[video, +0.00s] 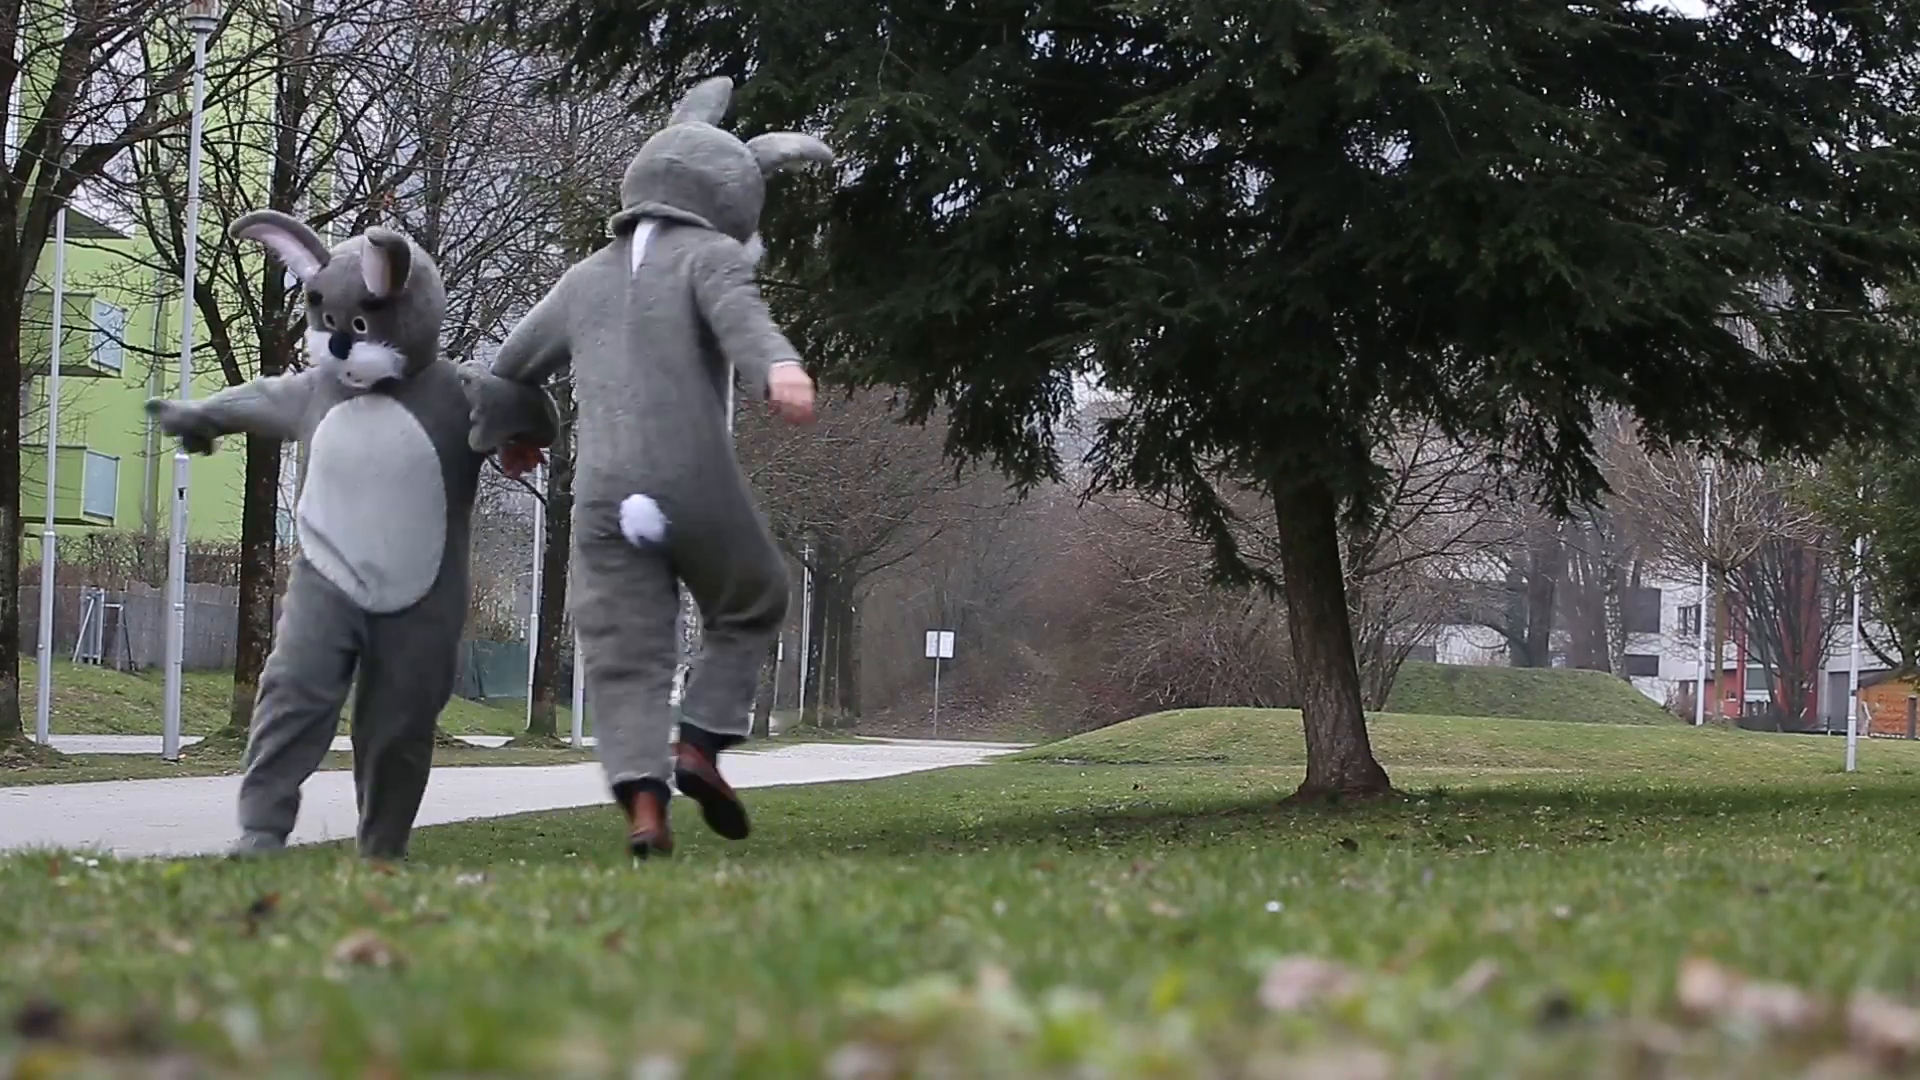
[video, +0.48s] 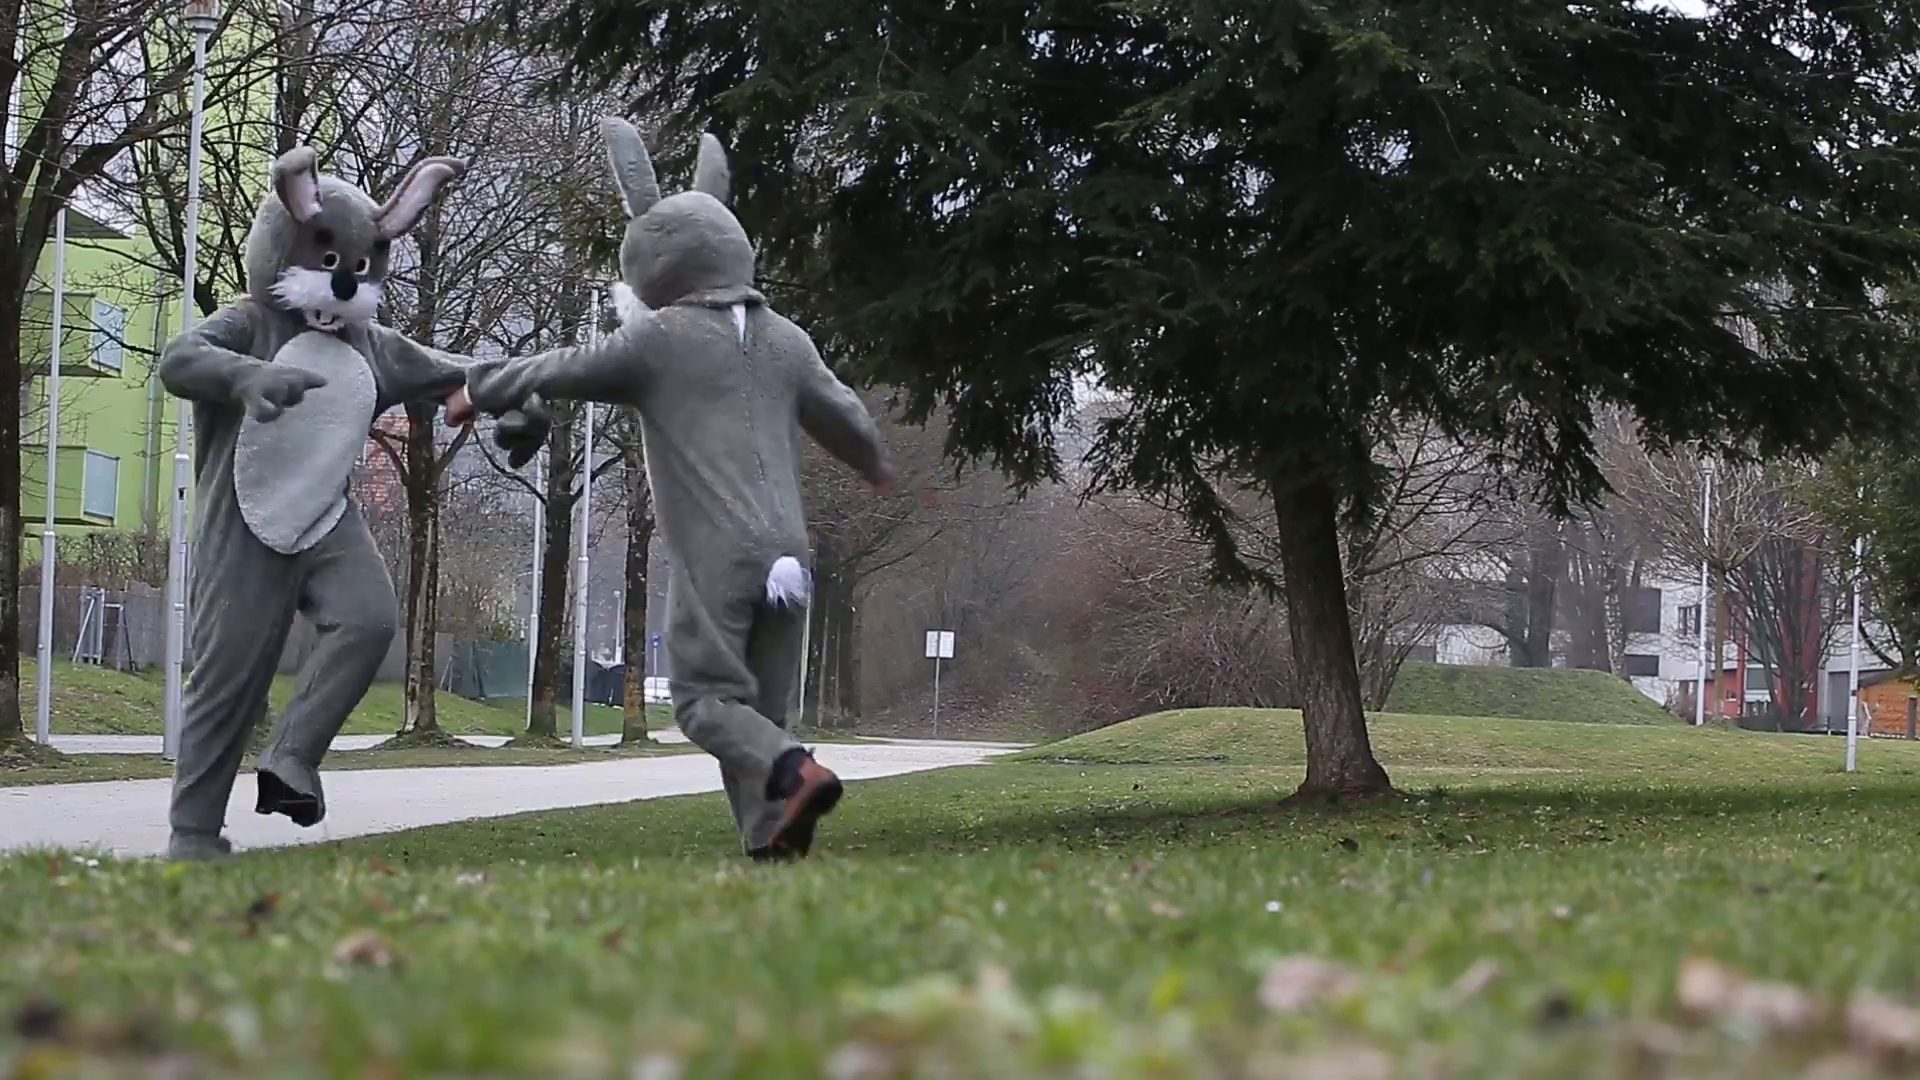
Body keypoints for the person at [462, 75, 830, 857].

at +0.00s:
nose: (747, 226)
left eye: (748, 214)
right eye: (745, 209)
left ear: (641, 193)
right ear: (724, 200)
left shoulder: (586, 274)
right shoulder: (708, 254)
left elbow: (509, 359)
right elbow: (734, 304)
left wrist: (514, 431)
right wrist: (777, 362)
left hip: (602, 483)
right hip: (690, 477)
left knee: (623, 655)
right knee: (750, 600)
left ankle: (646, 819)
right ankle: (700, 746)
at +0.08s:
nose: (758, 206)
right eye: (753, 193)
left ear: (649, 188)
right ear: (735, 193)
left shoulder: (601, 275)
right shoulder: (746, 254)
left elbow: (513, 364)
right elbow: (789, 316)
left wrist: (506, 435)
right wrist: (845, 370)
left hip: (640, 481)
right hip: (741, 475)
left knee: (680, 647)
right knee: (755, 616)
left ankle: (724, 810)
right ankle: (744, 776)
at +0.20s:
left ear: (657, 231)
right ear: (750, 229)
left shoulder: (620, 318)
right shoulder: (781, 303)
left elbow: (522, 376)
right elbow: (860, 362)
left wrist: (492, 423)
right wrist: (949, 407)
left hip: (695, 522)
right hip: (789, 508)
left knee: (748, 677)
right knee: (773, 668)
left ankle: (818, 827)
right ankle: (753, 804)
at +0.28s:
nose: (647, 269)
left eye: (655, 255)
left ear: (662, 267)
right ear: (749, 262)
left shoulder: (634, 346)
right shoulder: (795, 340)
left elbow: (536, 383)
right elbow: (885, 398)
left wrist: (481, 403)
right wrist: (983, 437)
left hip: (718, 544)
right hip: (801, 530)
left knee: (774, 690)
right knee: (768, 684)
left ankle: (840, 830)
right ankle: (768, 828)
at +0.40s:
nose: (644, 280)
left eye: (650, 267)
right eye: (647, 267)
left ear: (669, 270)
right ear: (743, 265)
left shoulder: (652, 349)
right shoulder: (796, 347)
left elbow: (560, 381)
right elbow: (872, 417)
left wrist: (488, 391)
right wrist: (943, 467)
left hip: (718, 554)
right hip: (797, 547)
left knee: (750, 702)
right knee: (767, 698)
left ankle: (822, 806)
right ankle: (763, 845)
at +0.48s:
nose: (636, 272)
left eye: (641, 259)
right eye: (638, 259)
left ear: (661, 265)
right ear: (733, 258)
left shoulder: (659, 340)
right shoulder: (784, 339)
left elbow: (565, 371)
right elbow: (841, 413)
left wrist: (487, 386)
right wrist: (876, 462)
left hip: (710, 545)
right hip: (785, 540)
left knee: (705, 698)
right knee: (768, 708)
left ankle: (791, 772)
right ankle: (767, 846)